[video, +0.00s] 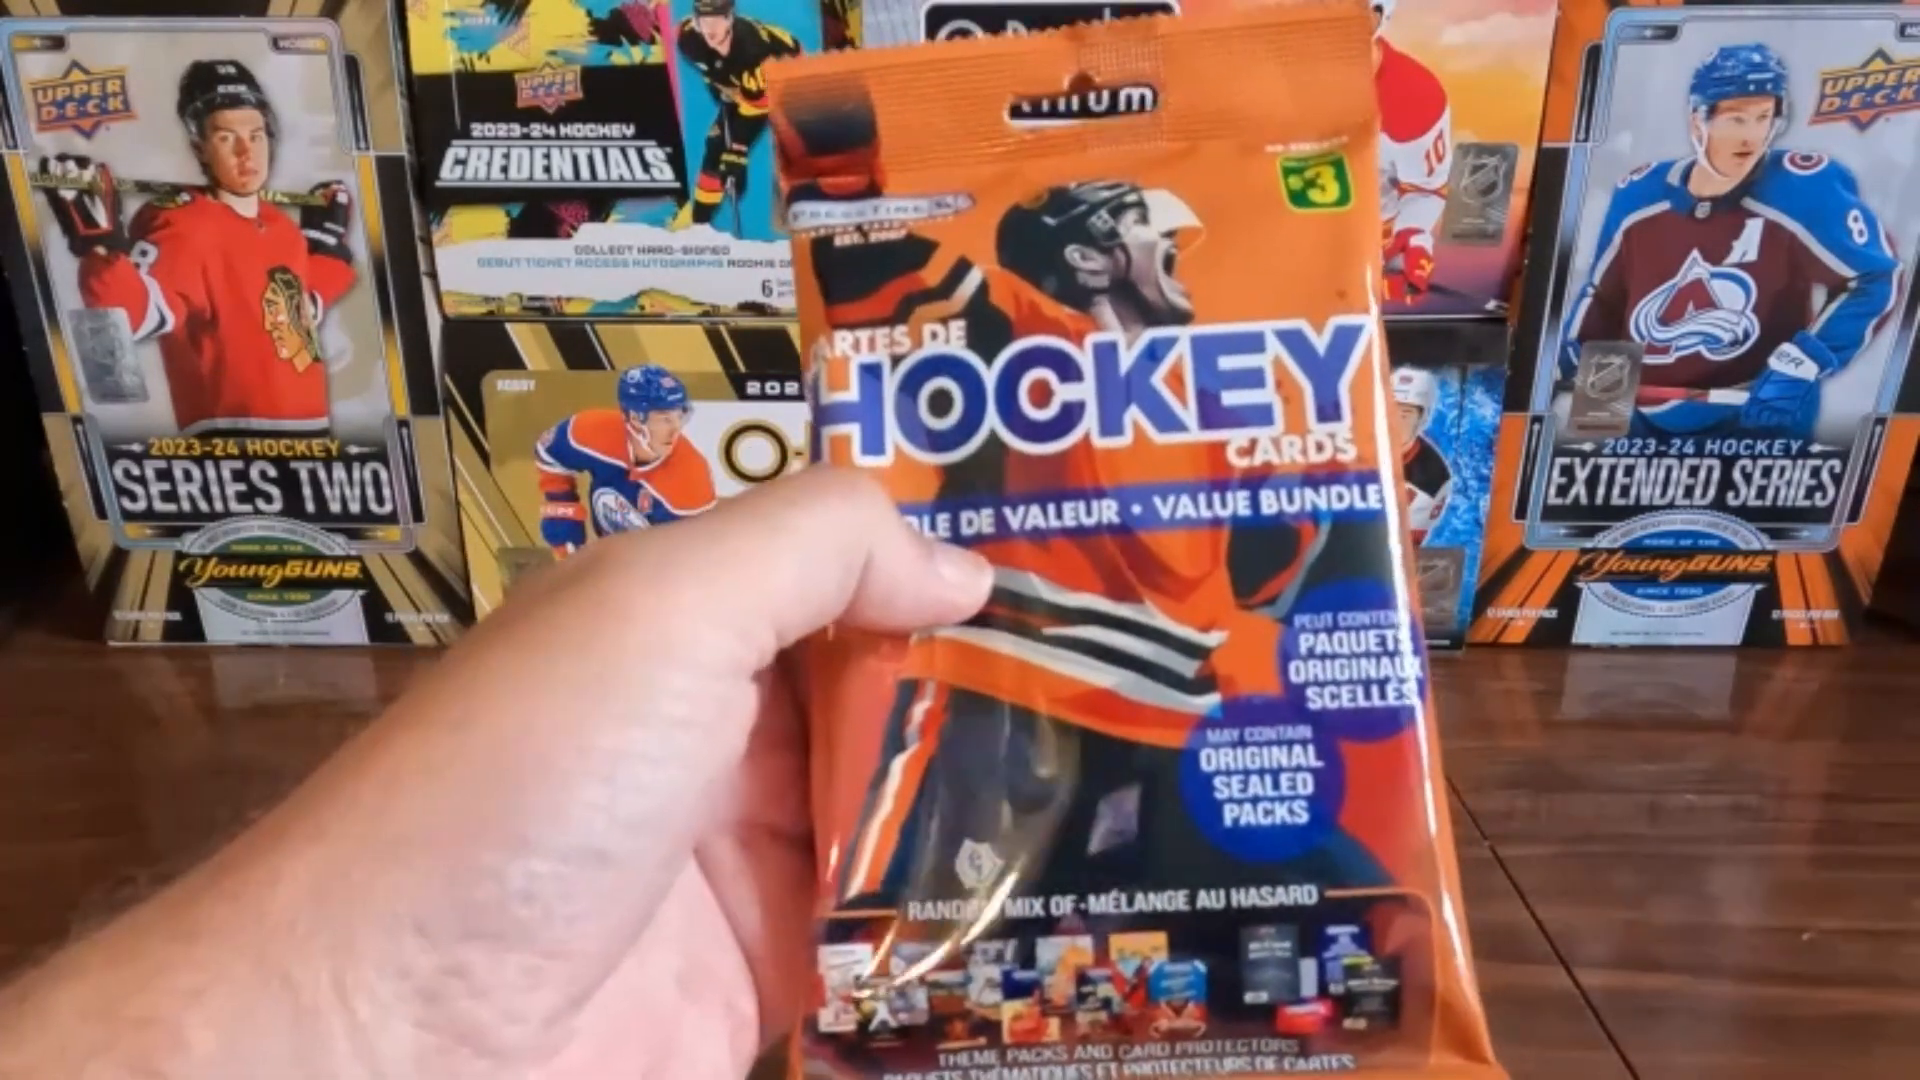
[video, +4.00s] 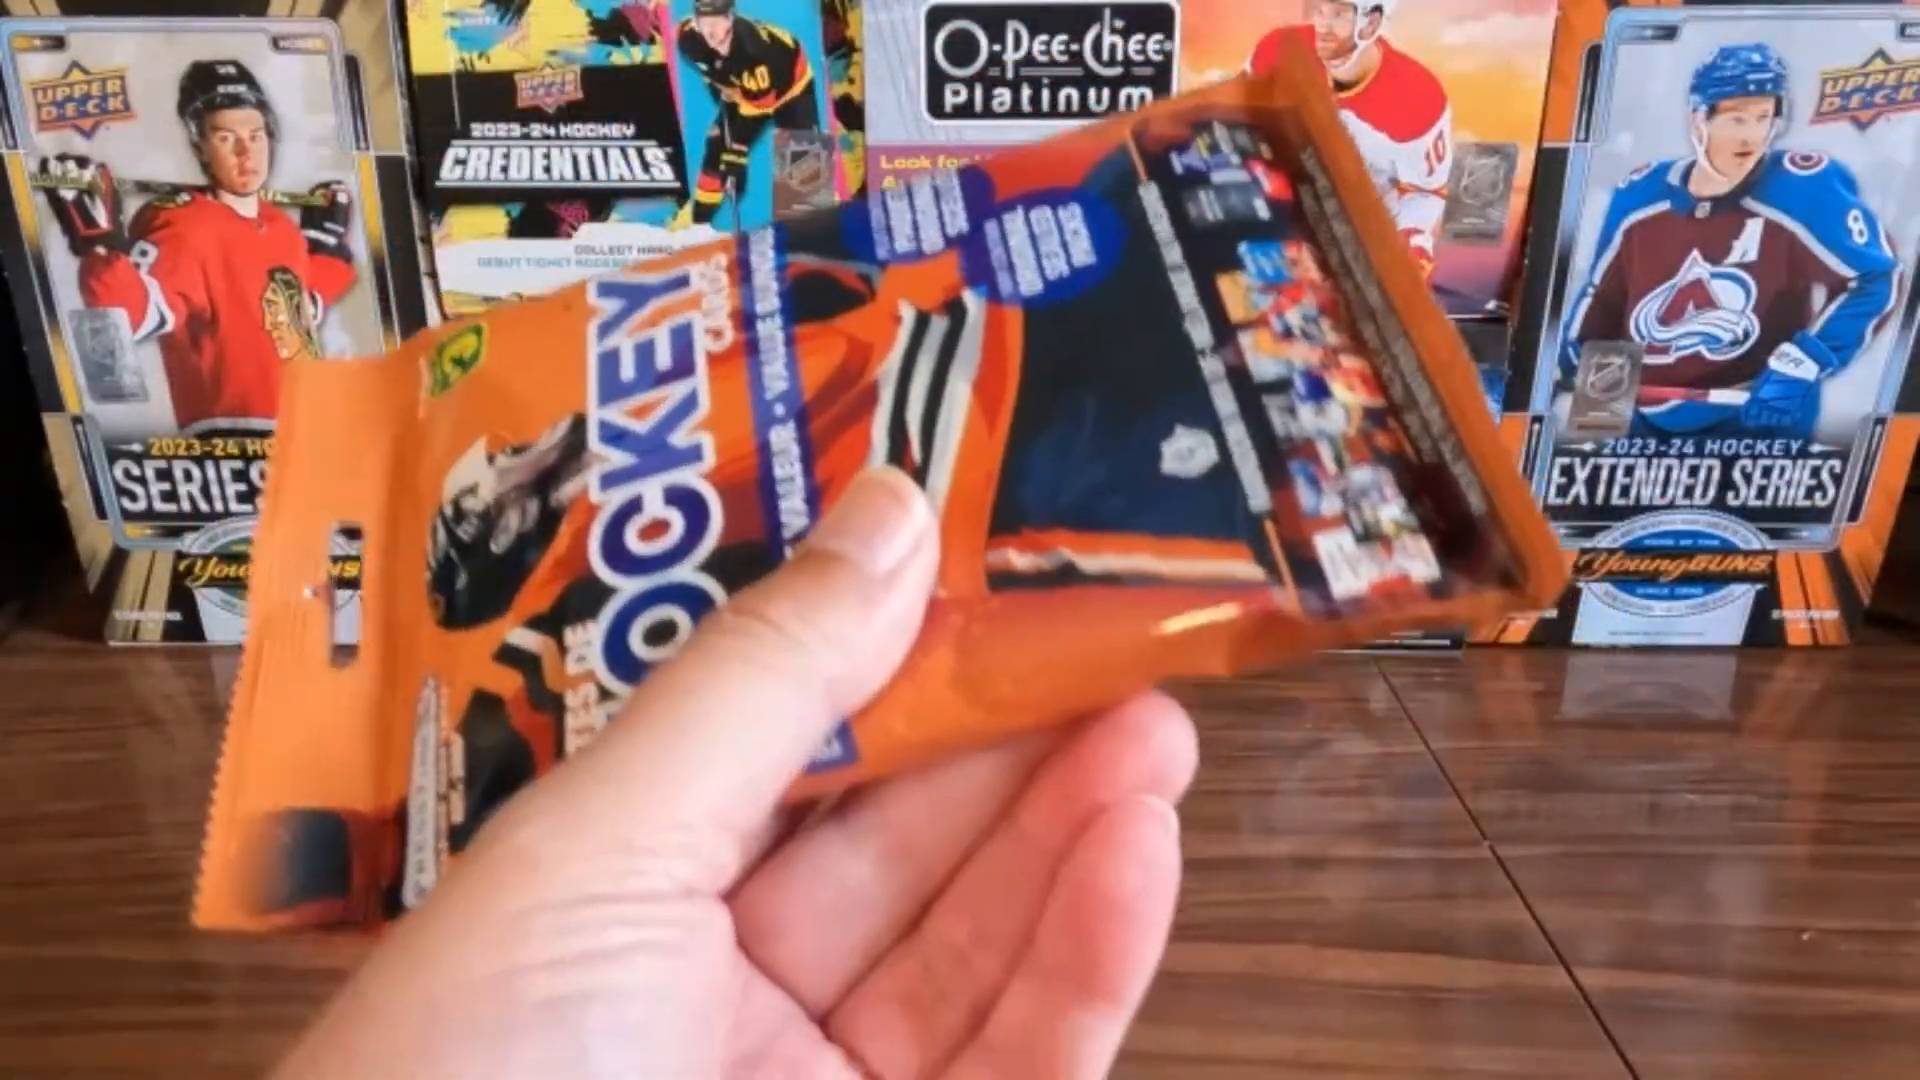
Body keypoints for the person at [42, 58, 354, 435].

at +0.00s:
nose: (247, 152)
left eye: (256, 135)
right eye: (227, 138)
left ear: (270, 140)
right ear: (201, 149)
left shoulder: (282, 228)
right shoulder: (184, 226)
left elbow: (301, 306)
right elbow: (141, 315)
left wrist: (334, 251)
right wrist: (101, 250)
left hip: (307, 432)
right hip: (230, 439)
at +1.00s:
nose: (247, 152)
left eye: (256, 135)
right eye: (228, 139)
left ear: (270, 139)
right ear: (201, 150)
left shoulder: (282, 227)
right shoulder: (184, 226)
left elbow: (302, 307)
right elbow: (140, 315)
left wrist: (333, 249)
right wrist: (100, 249)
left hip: (308, 433)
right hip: (231, 441)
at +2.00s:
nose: (247, 153)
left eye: (256, 135)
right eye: (228, 139)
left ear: (270, 139)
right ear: (200, 150)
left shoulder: (283, 228)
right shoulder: (184, 226)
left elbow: (302, 305)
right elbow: (141, 315)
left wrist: (335, 252)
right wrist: (100, 250)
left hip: (307, 433)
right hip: (230, 440)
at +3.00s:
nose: (247, 152)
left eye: (257, 135)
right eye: (227, 139)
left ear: (270, 139)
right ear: (200, 148)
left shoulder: (284, 229)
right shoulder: (180, 227)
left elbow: (327, 319)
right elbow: (141, 315)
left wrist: (331, 251)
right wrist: (100, 249)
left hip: (300, 421)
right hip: (223, 431)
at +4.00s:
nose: (246, 150)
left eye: (256, 134)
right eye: (227, 138)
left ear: (270, 139)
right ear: (200, 147)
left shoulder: (280, 225)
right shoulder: (183, 226)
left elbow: (301, 308)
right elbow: (139, 315)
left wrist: (333, 250)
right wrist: (99, 246)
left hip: (308, 424)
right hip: (232, 435)